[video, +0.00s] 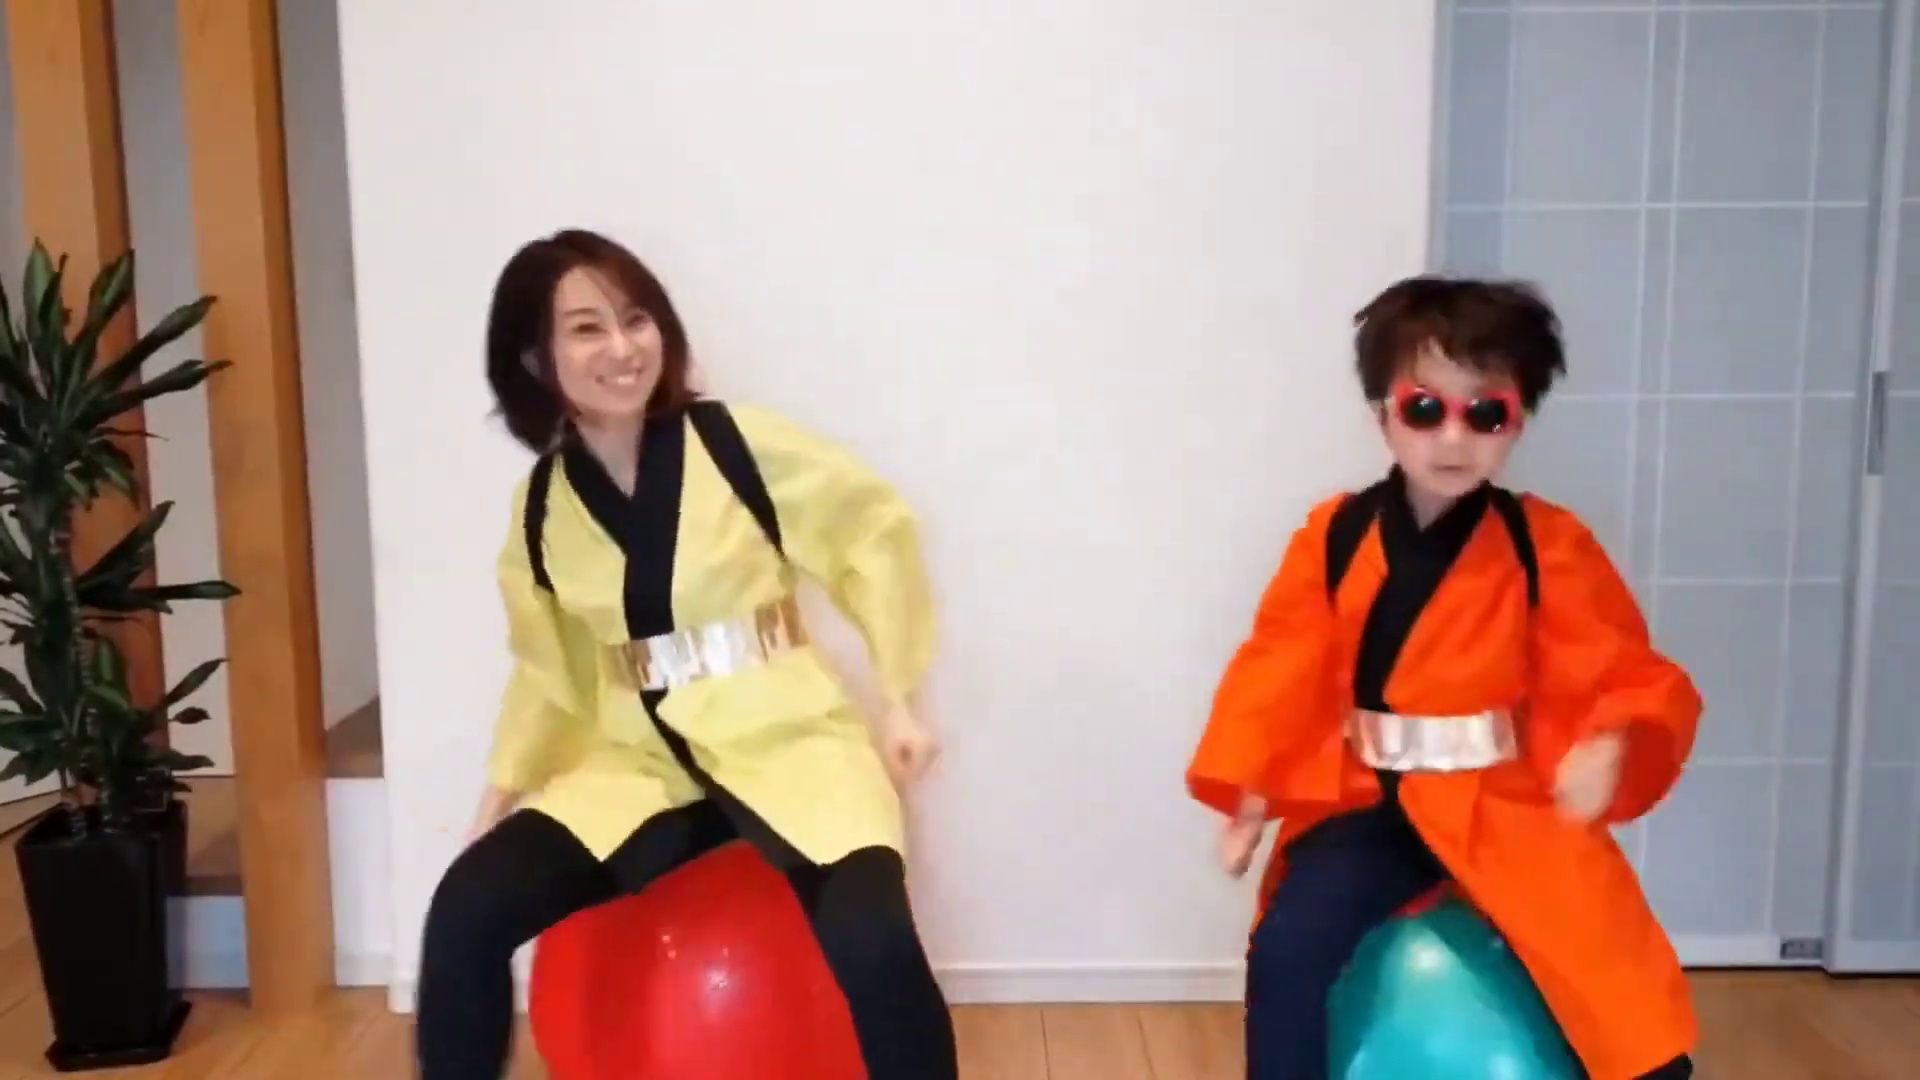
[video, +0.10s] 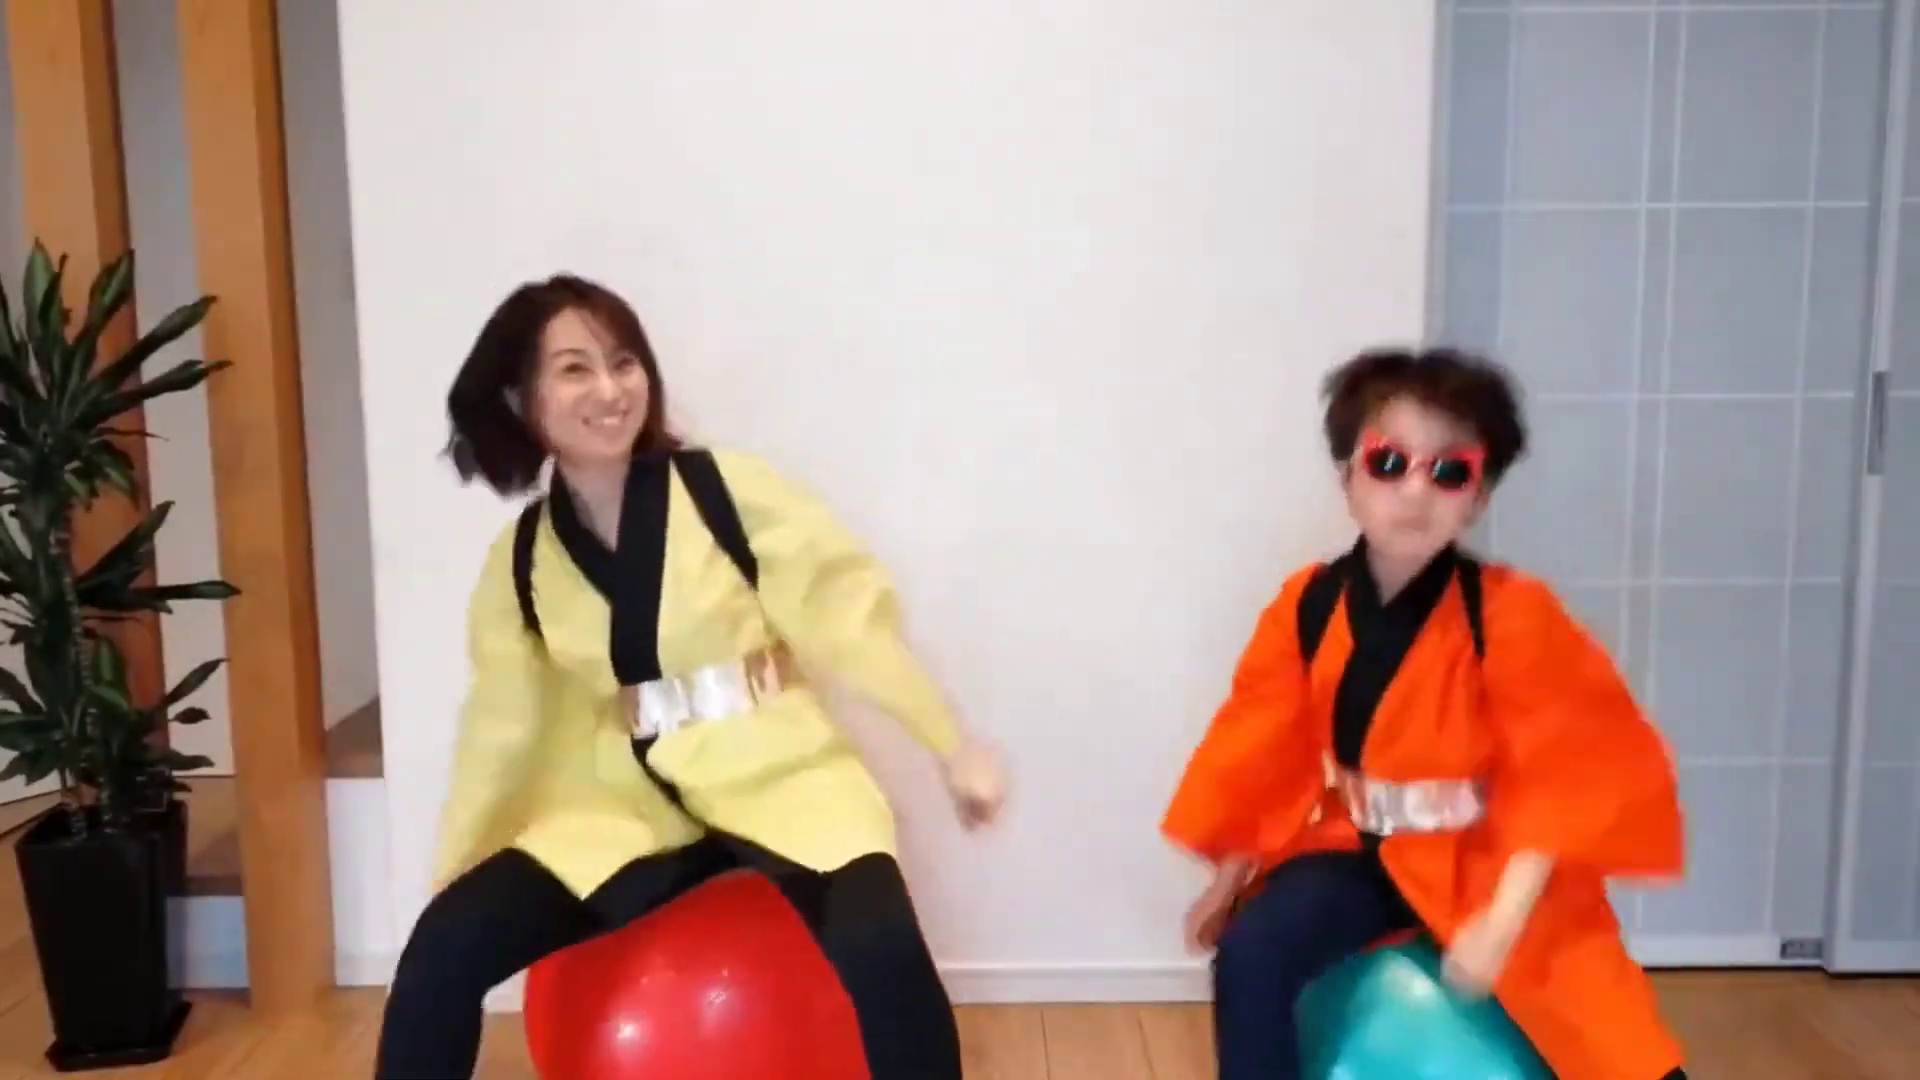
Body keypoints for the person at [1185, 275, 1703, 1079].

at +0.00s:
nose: (1452, 436)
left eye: (1486, 412)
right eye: (1423, 408)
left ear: (1519, 425)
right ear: (1382, 415)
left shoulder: (1547, 543)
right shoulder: (1338, 534)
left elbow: (1632, 677)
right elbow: (1281, 659)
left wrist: (1614, 740)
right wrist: (1256, 779)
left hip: (1515, 811)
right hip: (1372, 809)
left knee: (1616, 957)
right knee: (1289, 944)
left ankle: (1652, 1065)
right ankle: (1283, 1067)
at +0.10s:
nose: (1415, 489)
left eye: (1451, 469)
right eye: (1388, 461)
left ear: (1480, 495)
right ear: (1347, 478)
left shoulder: (1512, 613)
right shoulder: (1309, 606)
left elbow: (1574, 769)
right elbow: (1260, 747)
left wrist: (1505, 916)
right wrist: (1231, 874)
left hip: (1494, 867)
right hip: (1361, 859)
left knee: (1609, 1028)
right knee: (1251, 951)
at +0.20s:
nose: (1376, 558)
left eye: (1411, 536)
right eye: (1350, 529)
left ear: (1446, 567)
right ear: (1317, 548)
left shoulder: (1464, 698)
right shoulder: (1293, 675)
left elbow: (1465, 883)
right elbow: (1246, 814)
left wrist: (1429, 1057)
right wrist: (1198, 947)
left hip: (1467, 923)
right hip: (1359, 909)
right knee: (1214, 982)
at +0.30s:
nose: (1351, 513)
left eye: (1386, 494)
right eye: (1327, 484)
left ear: (1423, 522)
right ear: (1295, 500)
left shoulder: (1434, 653)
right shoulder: (1272, 638)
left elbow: (1407, 840)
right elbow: (1204, 776)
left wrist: (1357, 1011)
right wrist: (1108, 899)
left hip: (1454, 895)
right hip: (1337, 883)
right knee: (1197, 986)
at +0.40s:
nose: (1345, 432)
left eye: (1378, 411)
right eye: (1320, 404)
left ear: (1417, 431)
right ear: (1285, 415)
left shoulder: (1432, 564)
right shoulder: (1265, 558)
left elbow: (1407, 734)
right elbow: (1181, 673)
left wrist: (1329, 877)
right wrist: (1058, 748)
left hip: (1452, 824)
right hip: (1329, 811)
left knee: (1531, 1017)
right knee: (1211, 977)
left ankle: (1598, 1067)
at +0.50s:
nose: (1351, 406)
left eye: (1385, 381)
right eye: (1324, 377)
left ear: (1422, 398)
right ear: (1288, 388)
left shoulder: (1446, 524)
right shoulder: (1266, 524)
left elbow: (1471, 662)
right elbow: (1183, 632)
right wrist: (1069, 626)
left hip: (1466, 800)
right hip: (1339, 794)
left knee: (1549, 1003)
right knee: (1253, 950)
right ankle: (1225, 1063)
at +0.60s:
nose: (1366, 455)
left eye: (1399, 431)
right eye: (1338, 428)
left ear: (1434, 447)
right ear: (1300, 440)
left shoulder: (1462, 575)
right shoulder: (1276, 569)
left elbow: (1485, 749)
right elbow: (1173, 708)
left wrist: (1408, 649)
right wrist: (1157, 609)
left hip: (1461, 827)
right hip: (1336, 825)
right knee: (1252, 987)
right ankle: (1221, 1066)